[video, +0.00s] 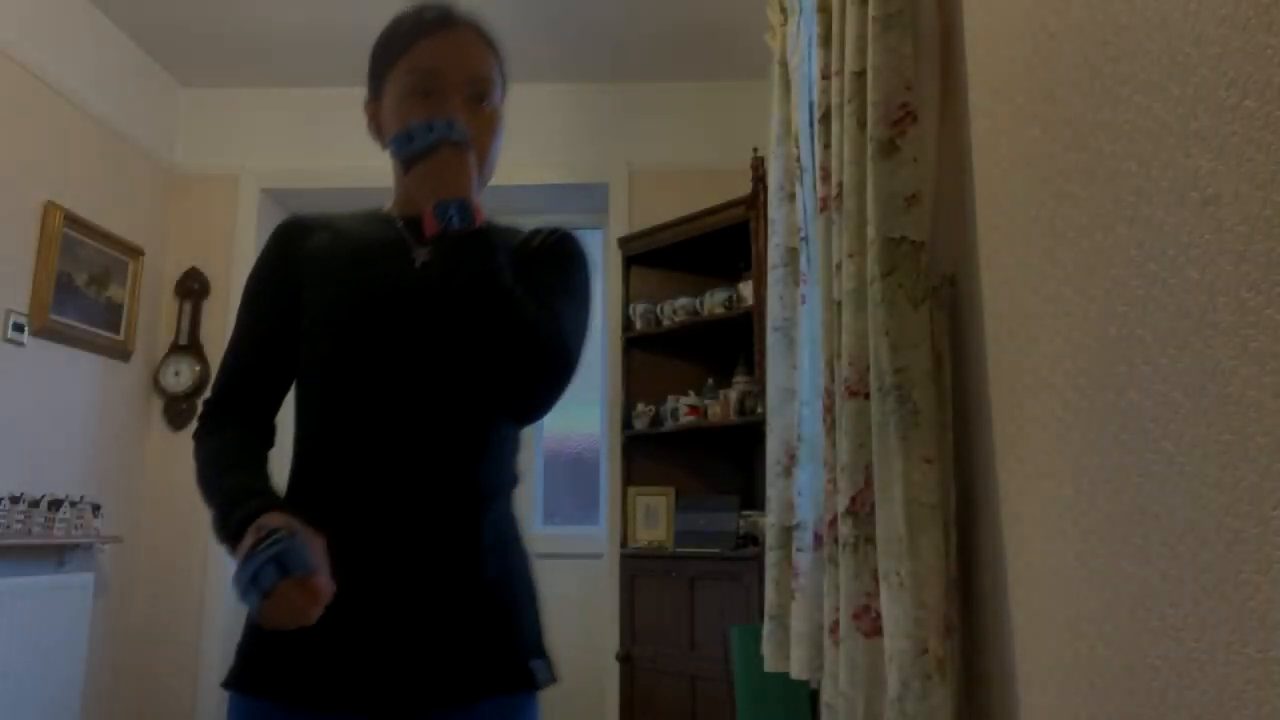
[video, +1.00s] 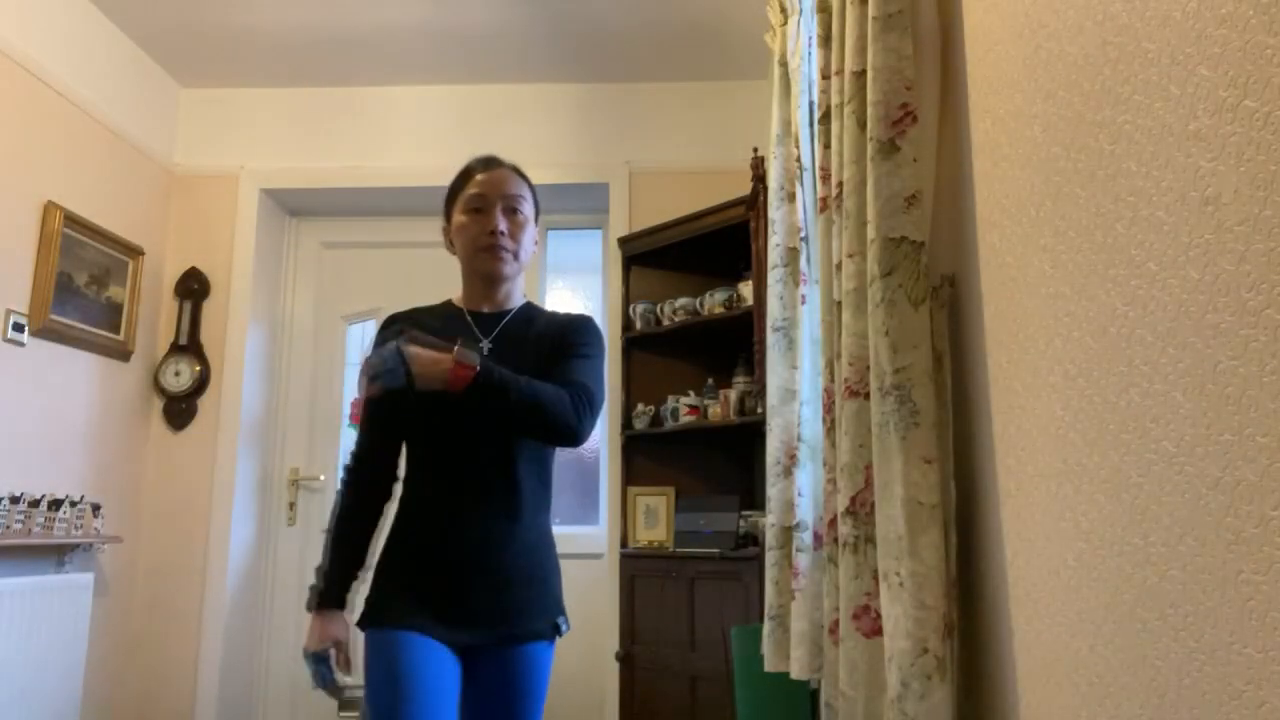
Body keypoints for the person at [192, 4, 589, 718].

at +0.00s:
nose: (455, 120)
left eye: (479, 98)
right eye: (426, 93)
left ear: (503, 122)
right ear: (377, 117)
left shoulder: (544, 260)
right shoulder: (306, 251)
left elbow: (527, 391)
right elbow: (229, 425)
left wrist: (456, 219)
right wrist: (259, 532)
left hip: (472, 651)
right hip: (313, 643)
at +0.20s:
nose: (430, 158)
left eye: (453, 139)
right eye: (403, 134)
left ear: (476, 167)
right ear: (359, 158)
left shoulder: (511, 296)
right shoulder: (290, 280)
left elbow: (481, 441)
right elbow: (221, 444)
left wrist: (434, 269)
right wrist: (220, 577)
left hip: (440, 647)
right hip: (293, 644)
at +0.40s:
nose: (430, 173)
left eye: (452, 155)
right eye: (405, 148)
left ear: (471, 181)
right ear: (363, 171)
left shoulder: (504, 300)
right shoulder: (301, 287)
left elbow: (495, 435)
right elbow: (240, 455)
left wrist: (433, 285)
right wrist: (181, 618)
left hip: (449, 629)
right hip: (311, 623)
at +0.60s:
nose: (448, 198)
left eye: (468, 182)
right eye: (426, 178)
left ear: (488, 207)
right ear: (392, 200)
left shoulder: (525, 316)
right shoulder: (342, 316)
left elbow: (508, 436)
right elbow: (280, 468)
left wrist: (427, 312)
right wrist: (204, 612)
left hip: (472, 625)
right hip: (347, 622)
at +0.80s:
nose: (480, 217)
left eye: (499, 205)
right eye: (460, 202)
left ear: (523, 237)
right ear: (431, 231)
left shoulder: (560, 337)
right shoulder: (388, 337)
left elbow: (556, 443)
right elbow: (347, 484)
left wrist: (457, 348)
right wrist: (295, 623)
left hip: (509, 620)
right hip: (399, 613)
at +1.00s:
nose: (497, 221)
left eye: (514, 209)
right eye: (477, 208)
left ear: (534, 234)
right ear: (449, 231)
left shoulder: (572, 334)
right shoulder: (406, 333)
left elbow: (574, 418)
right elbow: (371, 471)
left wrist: (458, 369)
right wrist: (329, 600)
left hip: (519, 604)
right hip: (413, 602)